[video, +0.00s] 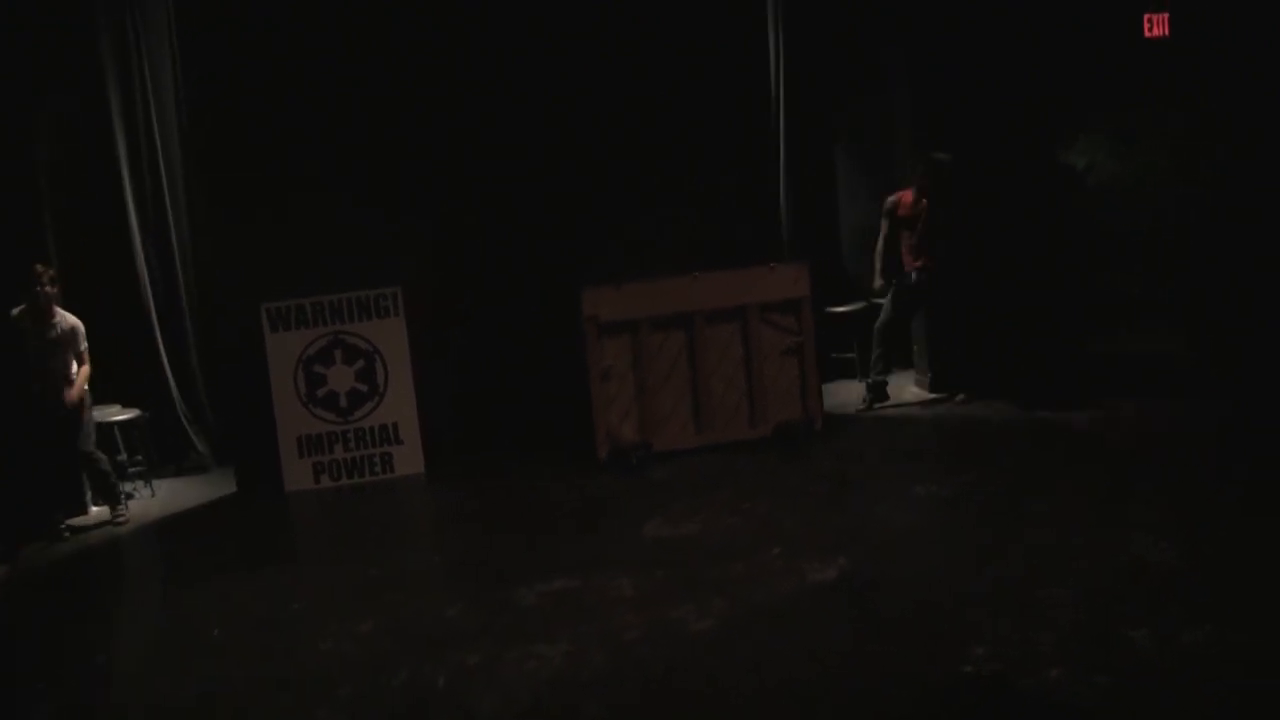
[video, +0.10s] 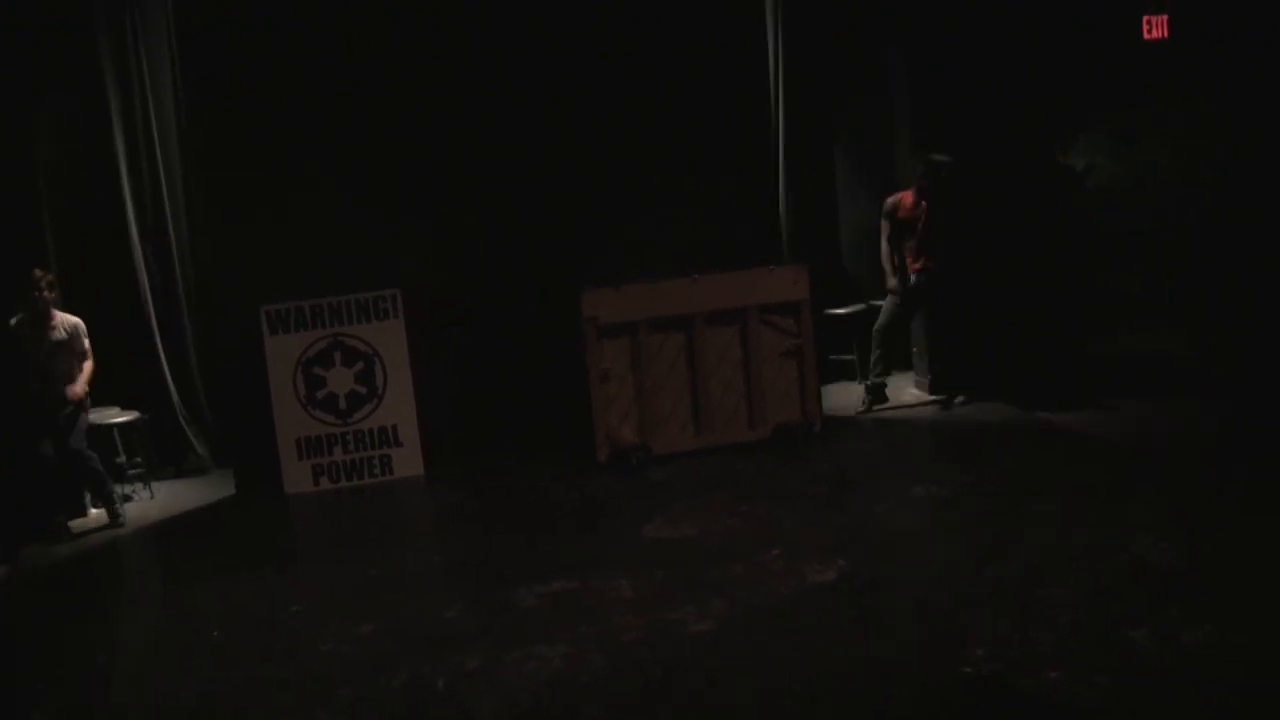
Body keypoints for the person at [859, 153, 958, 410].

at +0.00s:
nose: (925, 184)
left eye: (931, 180)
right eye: (923, 179)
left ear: (937, 181)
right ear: (917, 177)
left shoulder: (941, 205)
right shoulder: (896, 203)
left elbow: (948, 241)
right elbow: (884, 241)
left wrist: (946, 270)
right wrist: (879, 275)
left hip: (937, 277)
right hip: (906, 277)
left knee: (942, 329)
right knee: (884, 327)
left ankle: (947, 381)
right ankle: (876, 388)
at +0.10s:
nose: (926, 186)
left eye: (931, 182)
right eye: (924, 180)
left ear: (938, 183)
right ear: (917, 178)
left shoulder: (941, 206)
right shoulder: (895, 204)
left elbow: (949, 242)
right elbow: (886, 241)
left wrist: (944, 273)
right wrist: (890, 275)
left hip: (936, 280)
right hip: (906, 280)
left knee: (942, 332)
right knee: (882, 329)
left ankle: (949, 386)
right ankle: (875, 389)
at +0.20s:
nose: (926, 188)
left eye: (932, 184)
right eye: (925, 182)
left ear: (939, 185)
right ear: (918, 179)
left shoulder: (943, 208)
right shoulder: (895, 206)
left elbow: (951, 245)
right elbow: (888, 244)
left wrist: (941, 273)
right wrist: (903, 277)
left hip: (939, 281)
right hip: (908, 280)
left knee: (947, 334)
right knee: (881, 330)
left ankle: (955, 390)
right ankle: (874, 391)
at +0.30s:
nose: (927, 190)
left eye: (932, 186)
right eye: (925, 184)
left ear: (937, 187)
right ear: (918, 182)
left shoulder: (938, 210)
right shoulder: (894, 207)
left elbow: (948, 245)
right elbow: (887, 245)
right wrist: (907, 275)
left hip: (937, 283)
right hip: (907, 283)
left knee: (945, 336)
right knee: (881, 332)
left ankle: (955, 389)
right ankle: (874, 393)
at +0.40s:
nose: (926, 191)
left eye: (931, 188)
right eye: (925, 186)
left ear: (935, 190)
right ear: (918, 183)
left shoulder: (937, 211)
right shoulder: (894, 208)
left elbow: (945, 246)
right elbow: (886, 248)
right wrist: (908, 276)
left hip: (936, 284)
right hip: (906, 285)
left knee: (944, 338)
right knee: (880, 334)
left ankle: (951, 390)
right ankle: (873, 395)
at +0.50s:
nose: (923, 192)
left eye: (929, 188)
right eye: (921, 186)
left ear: (936, 190)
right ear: (915, 185)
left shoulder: (939, 213)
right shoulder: (893, 210)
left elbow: (948, 250)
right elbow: (884, 249)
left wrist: (935, 277)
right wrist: (902, 280)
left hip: (937, 286)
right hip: (907, 286)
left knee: (944, 338)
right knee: (881, 336)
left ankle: (953, 392)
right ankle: (873, 396)